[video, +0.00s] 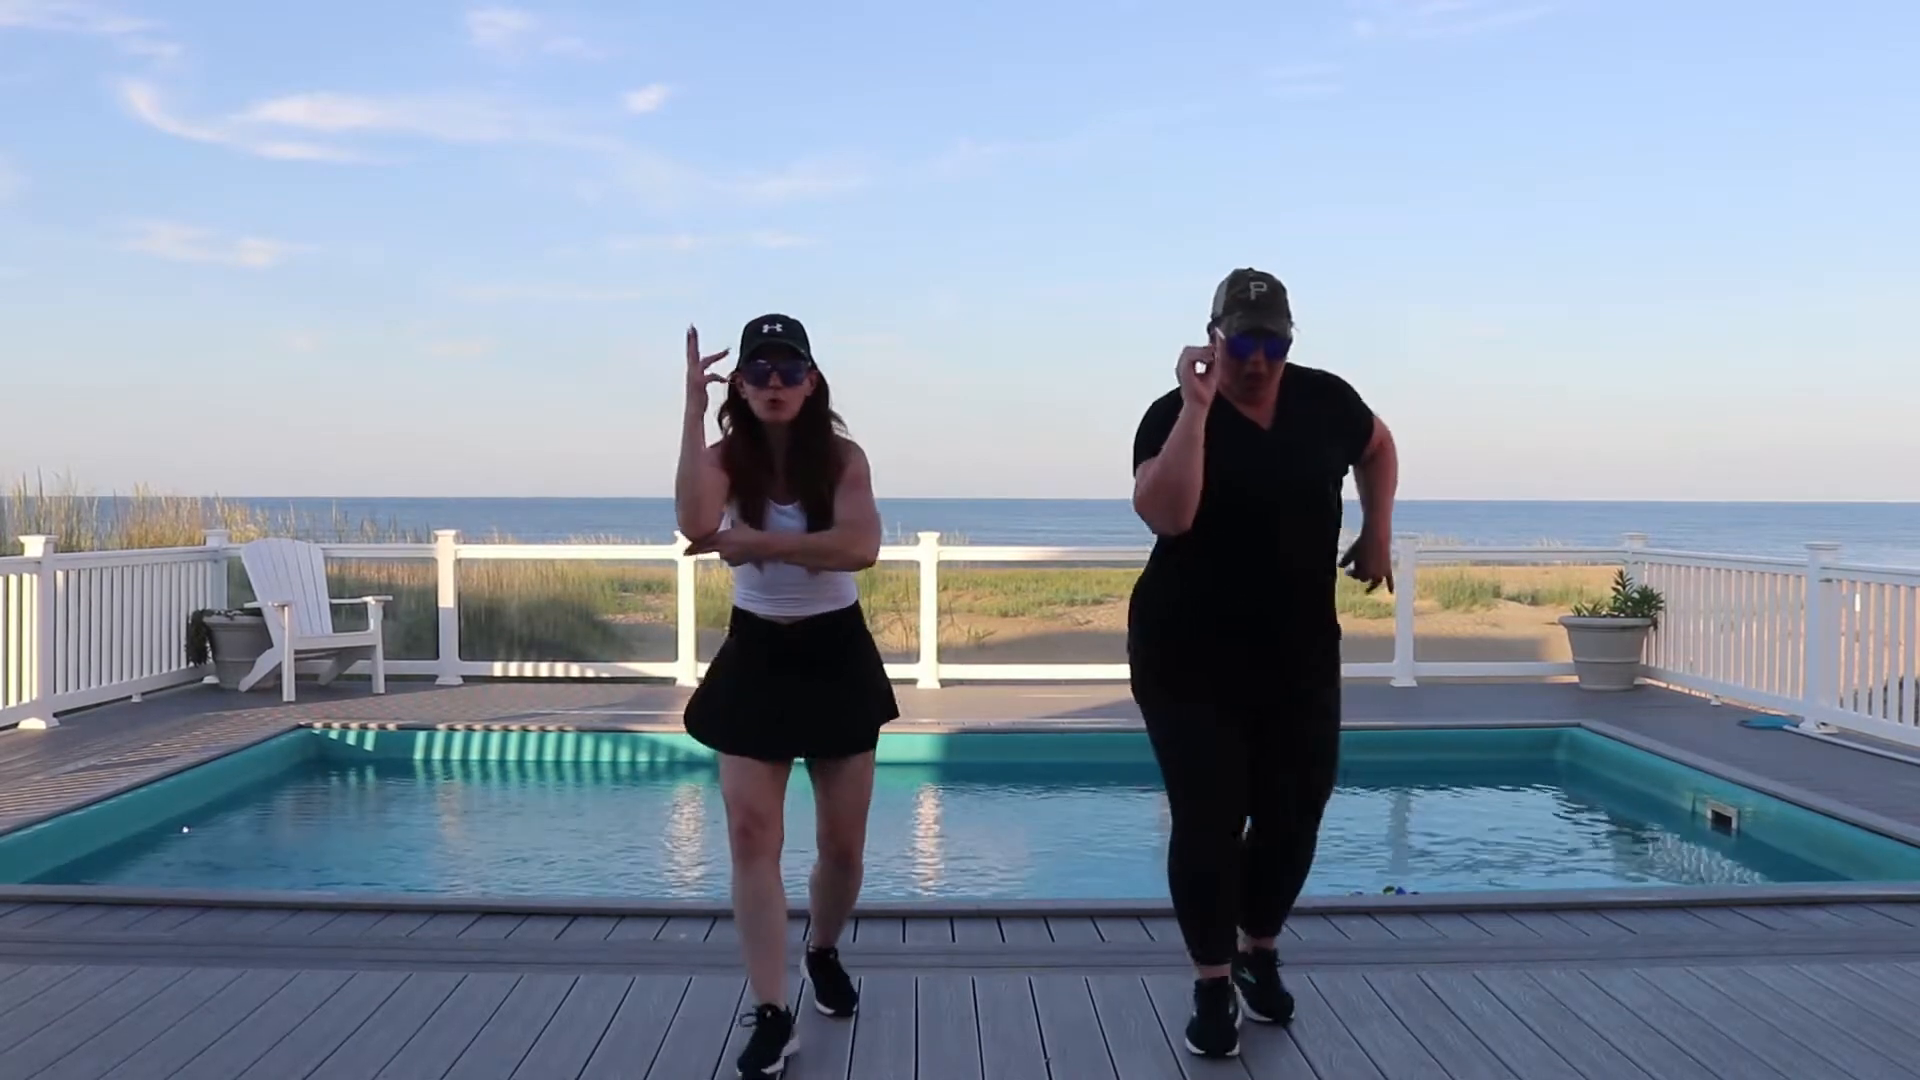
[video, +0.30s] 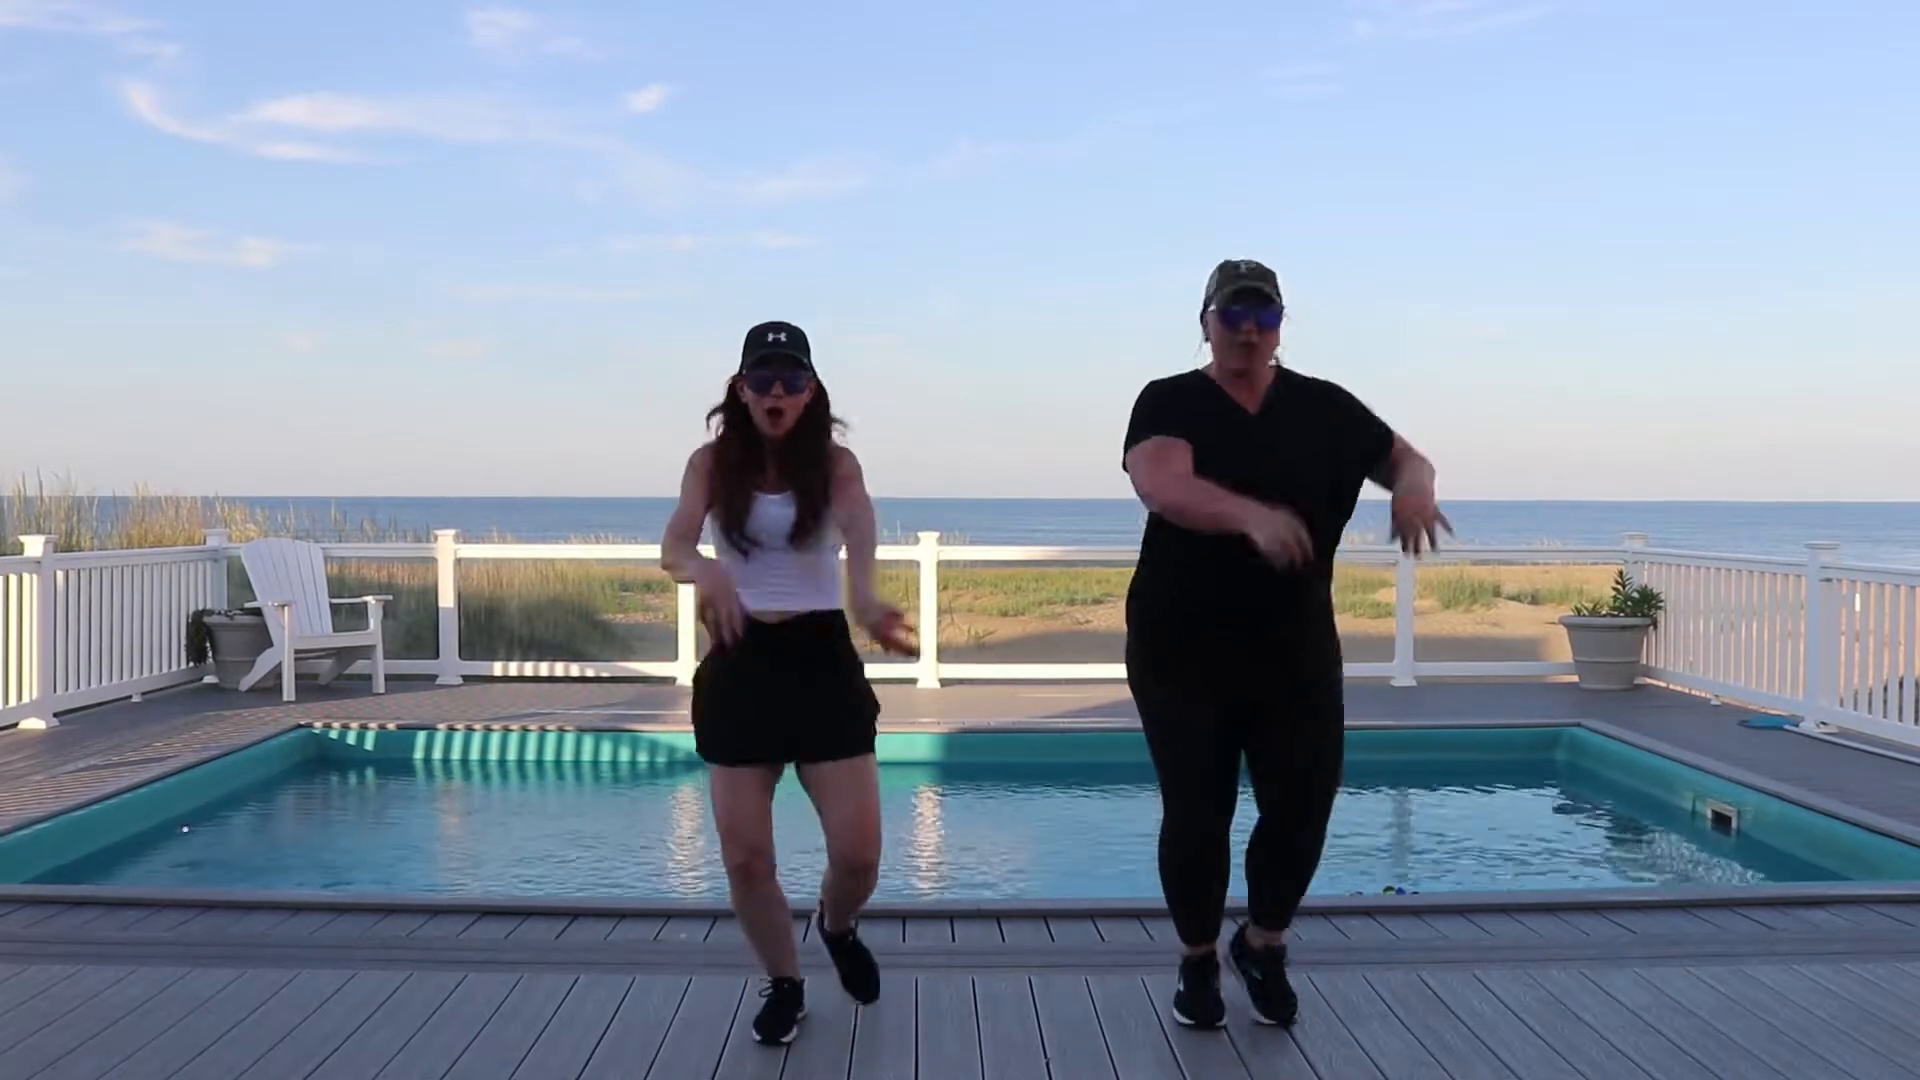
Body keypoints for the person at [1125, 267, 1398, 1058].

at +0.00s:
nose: (1260, 357)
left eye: (1273, 344)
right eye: (1245, 343)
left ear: (1289, 338)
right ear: (1215, 336)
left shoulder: (1327, 401)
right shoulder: (1170, 416)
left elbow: (1377, 449)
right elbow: (1167, 514)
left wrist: (1377, 533)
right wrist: (1196, 404)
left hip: (1297, 647)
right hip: (1189, 651)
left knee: (1295, 808)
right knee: (1207, 813)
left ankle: (1257, 948)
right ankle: (1212, 979)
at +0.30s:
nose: (1249, 323)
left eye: (1263, 312)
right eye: (1233, 311)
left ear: (1281, 325)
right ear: (1207, 323)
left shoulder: (1326, 407)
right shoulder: (1169, 401)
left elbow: (1409, 464)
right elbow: (1164, 488)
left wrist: (1415, 490)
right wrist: (1251, 516)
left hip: (1295, 651)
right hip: (1184, 651)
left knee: (1302, 808)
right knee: (1198, 813)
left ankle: (1263, 944)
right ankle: (1199, 958)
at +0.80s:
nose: (1280, 320)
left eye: (1294, 310)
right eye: (1264, 310)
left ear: (1313, 329)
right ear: (1239, 331)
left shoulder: (1352, 422)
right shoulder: (1200, 412)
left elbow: (1364, 519)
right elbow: (1170, 510)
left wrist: (1369, 405)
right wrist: (1280, 519)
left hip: (1323, 666)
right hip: (1210, 662)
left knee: (1309, 827)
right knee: (1201, 826)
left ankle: (1300, 981)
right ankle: (1220, 934)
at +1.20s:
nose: (1287, 326)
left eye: (1299, 315)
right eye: (1271, 315)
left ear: (1315, 329)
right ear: (1241, 328)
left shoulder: (1356, 406)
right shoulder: (1206, 402)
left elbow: (1411, 478)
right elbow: (1174, 465)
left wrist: (1349, 507)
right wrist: (1221, 493)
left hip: (1331, 656)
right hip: (1221, 655)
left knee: (1305, 813)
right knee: (1222, 814)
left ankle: (1284, 964)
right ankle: (1219, 970)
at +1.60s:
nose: (1277, 331)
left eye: (1289, 320)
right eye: (1261, 320)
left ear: (1307, 335)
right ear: (1231, 335)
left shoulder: (1346, 410)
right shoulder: (1198, 424)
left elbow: (1400, 489)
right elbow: (1217, 497)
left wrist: (1302, 503)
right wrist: (1223, 378)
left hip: (1311, 648)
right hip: (1197, 651)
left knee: (1367, 788)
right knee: (1214, 816)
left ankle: (1283, 937)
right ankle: (1222, 988)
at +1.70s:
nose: (1275, 328)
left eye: (1288, 317)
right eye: (1259, 318)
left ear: (1306, 331)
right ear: (1230, 332)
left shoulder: (1348, 407)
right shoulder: (1197, 420)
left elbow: (1396, 494)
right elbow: (1210, 497)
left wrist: (1296, 506)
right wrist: (1223, 379)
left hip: (1313, 648)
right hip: (1201, 652)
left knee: (1330, 804)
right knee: (1224, 811)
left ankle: (1272, 959)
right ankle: (1224, 989)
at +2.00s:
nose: (1270, 325)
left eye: (1284, 314)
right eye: (1254, 314)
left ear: (1302, 328)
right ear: (1225, 326)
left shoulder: (1342, 413)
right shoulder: (1184, 408)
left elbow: (1401, 502)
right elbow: (1182, 499)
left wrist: (1309, 473)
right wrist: (1246, 410)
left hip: (1311, 652)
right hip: (1198, 652)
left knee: (1315, 813)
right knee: (1207, 821)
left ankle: (1275, 957)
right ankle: (1206, 970)